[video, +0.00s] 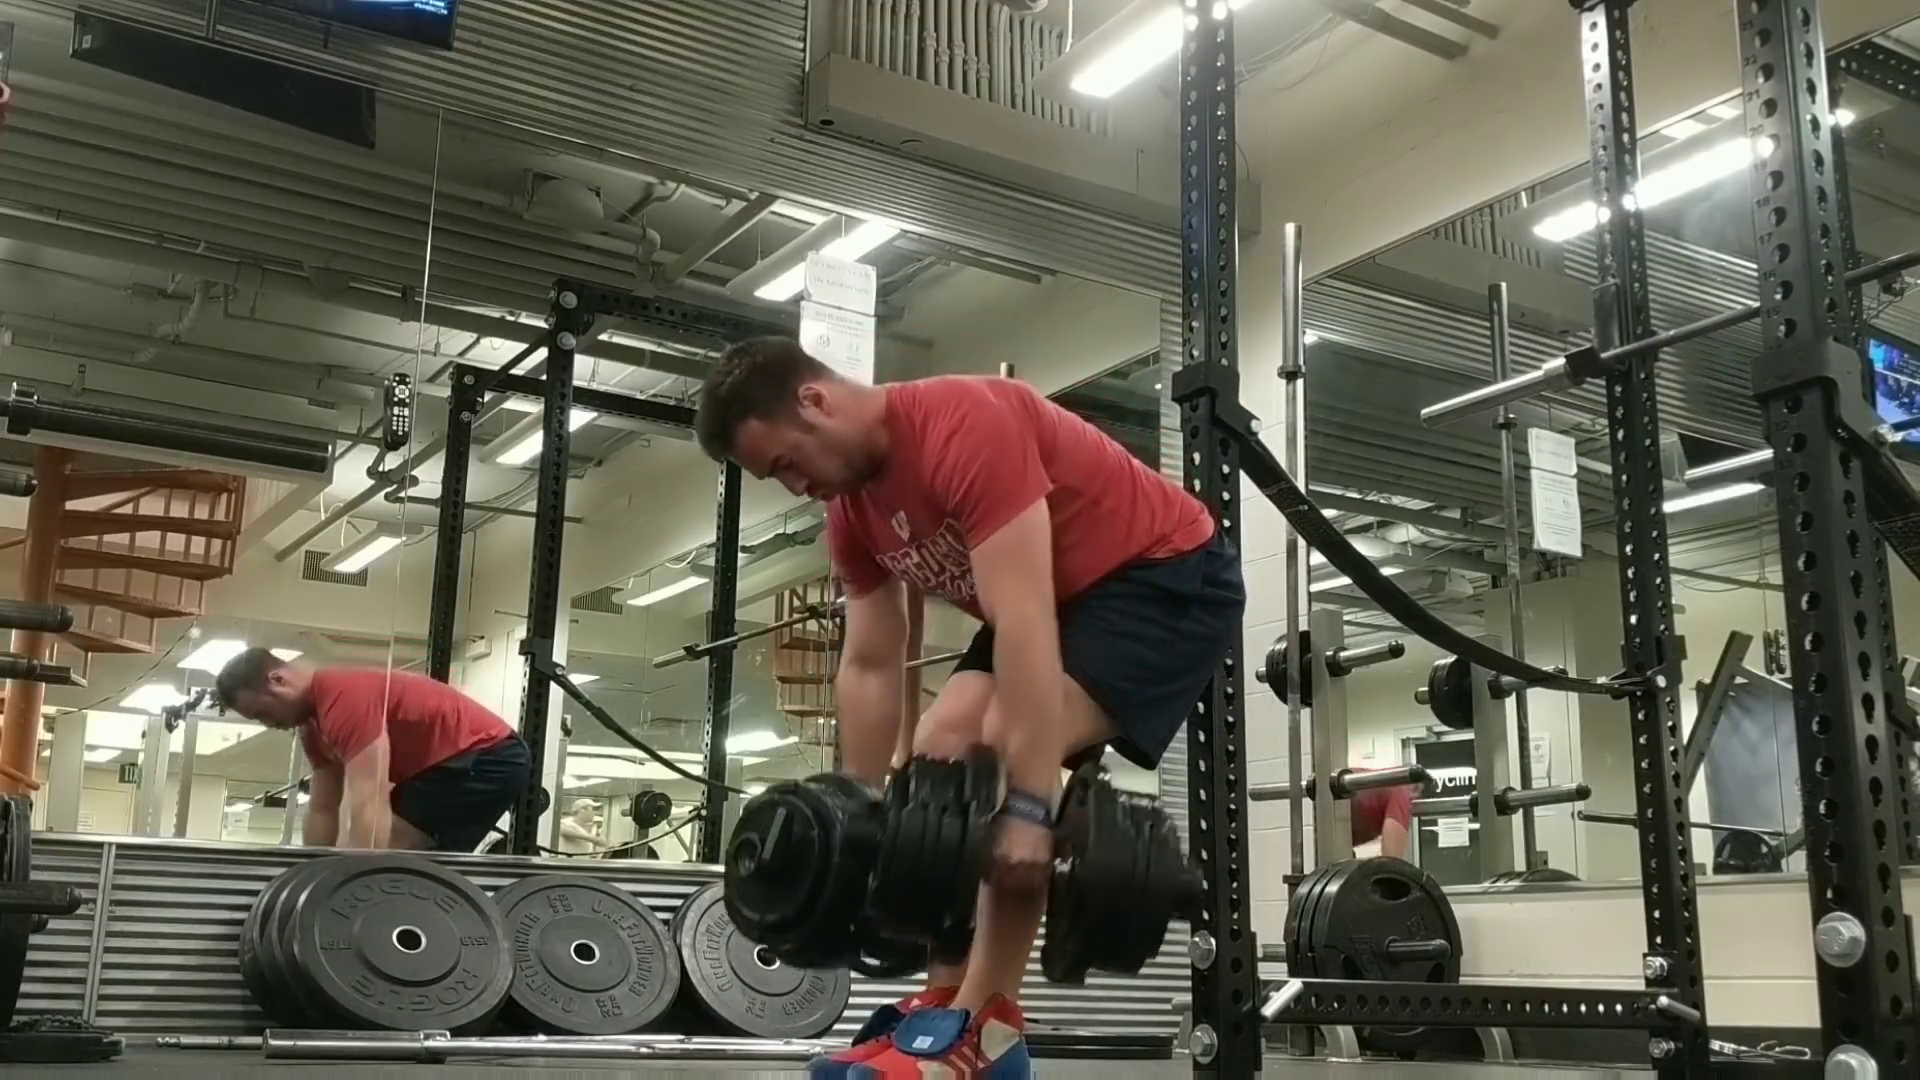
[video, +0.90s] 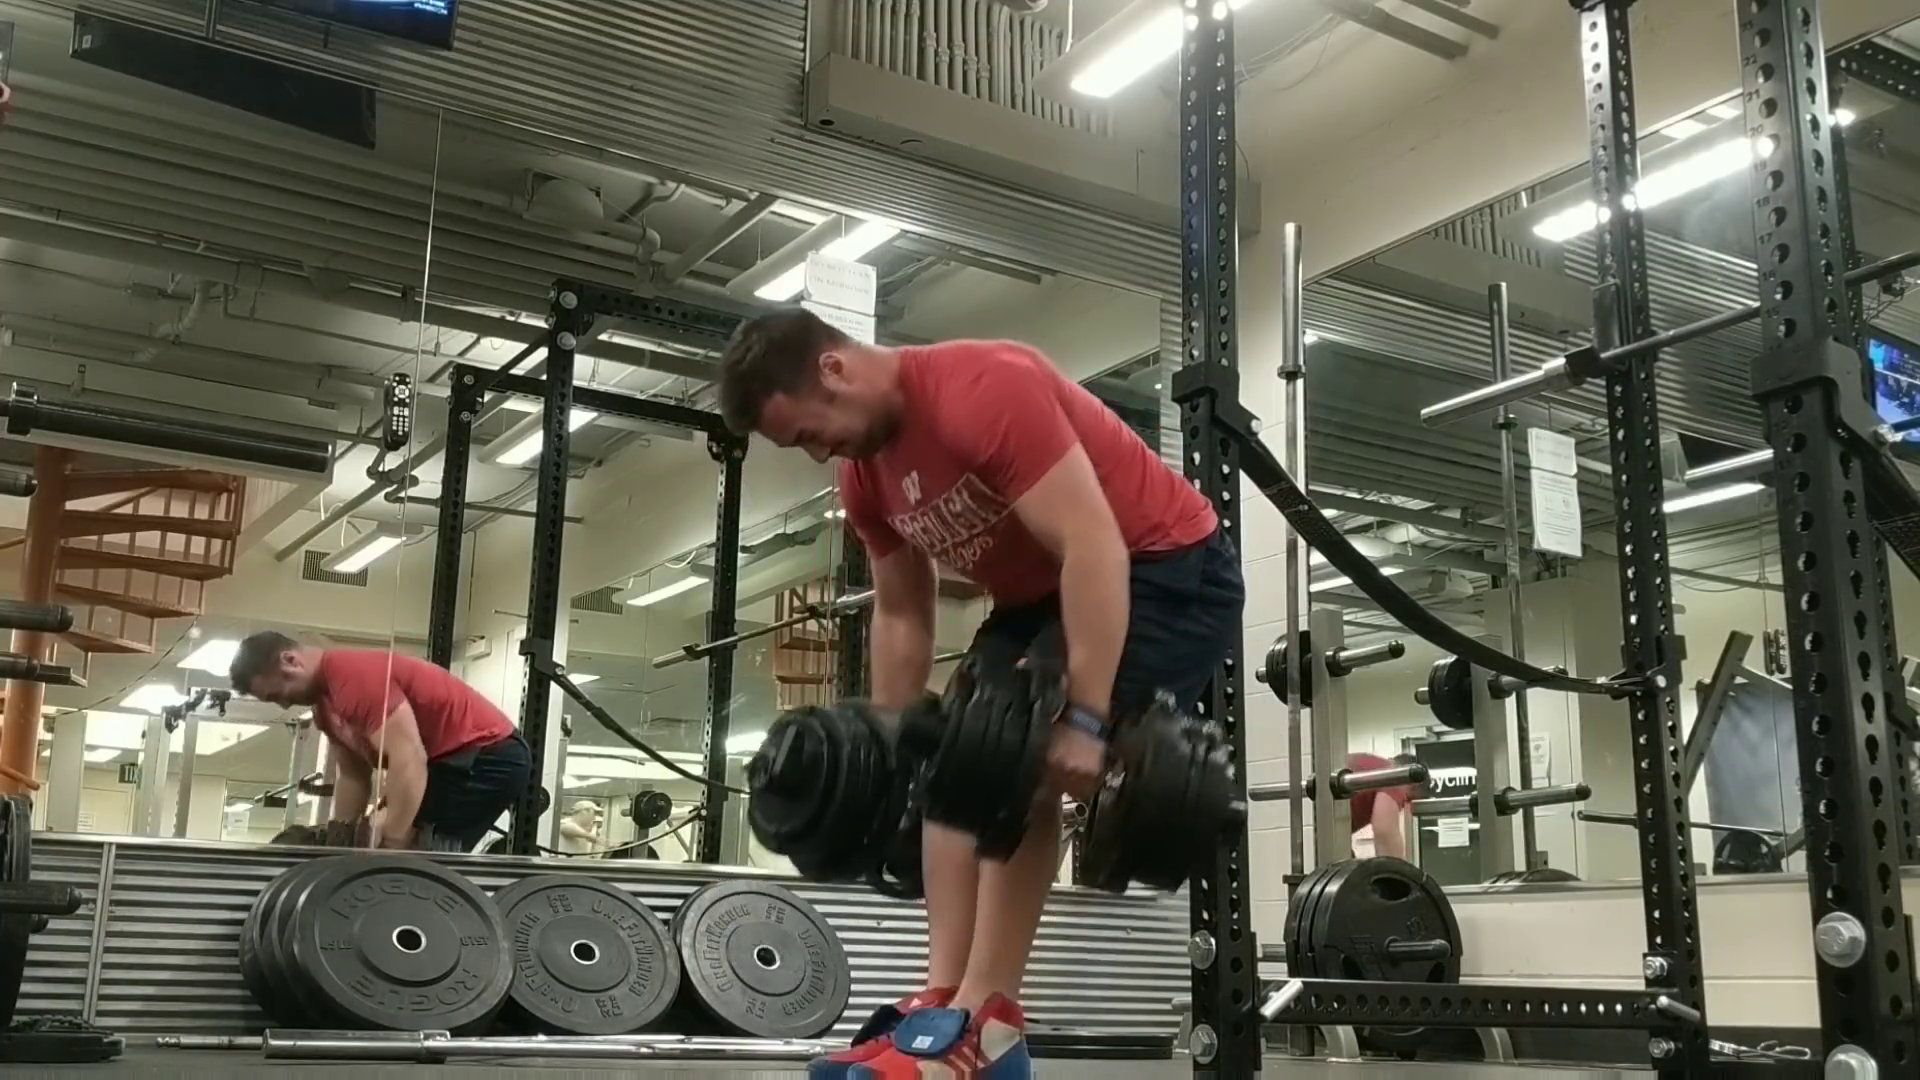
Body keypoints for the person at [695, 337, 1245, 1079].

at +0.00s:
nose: (794, 488)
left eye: (786, 464)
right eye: (776, 478)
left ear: (817, 400)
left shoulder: (971, 425)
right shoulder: (852, 515)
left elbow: (1023, 614)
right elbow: (872, 665)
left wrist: (1032, 806)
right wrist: (859, 824)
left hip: (1167, 573)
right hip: (1060, 599)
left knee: (1016, 732)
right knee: (943, 736)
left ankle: (992, 1017)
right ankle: (945, 995)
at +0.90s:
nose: (817, 454)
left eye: (809, 433)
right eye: (800, 447)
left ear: (836, 369)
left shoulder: (986, 390)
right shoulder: (864, 474)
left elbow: (1094, 545)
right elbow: (899, 610)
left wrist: (1087, 716)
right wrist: (883, 756)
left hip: (1166, 570)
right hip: (1039, 598)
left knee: (1028, 760)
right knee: (953, 756)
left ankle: (991, 1018)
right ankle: (941, 1002)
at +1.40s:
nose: (857, 458)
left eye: (846, 443)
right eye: (841, 455)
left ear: (853, 375)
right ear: (849, 379)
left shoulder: (999, 362)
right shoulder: (881, 454)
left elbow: (1158, 465)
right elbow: (953, 563)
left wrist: (1166, 633)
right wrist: (926, 693)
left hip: (1160, 568)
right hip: (1054, 598)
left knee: (1021, 728)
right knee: (955, 730)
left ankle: (993, 1017)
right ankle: (943, 1003)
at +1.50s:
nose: (845, 462)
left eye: (835, 445)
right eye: (830, 458)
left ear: (849, 375)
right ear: (847, 381)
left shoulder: (998, 369)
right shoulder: (878, 462)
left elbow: (1143, 488)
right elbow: (940, 575)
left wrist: (1148, 659)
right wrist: (926, 700)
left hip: (1155, 565)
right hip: (1047, 591)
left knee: (1030, 738)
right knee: (954, 732)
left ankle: (992, 1016)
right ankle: (944, 1001)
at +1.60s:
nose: (831, 465)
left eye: (821, 447)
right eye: (813, 461)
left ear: (839, 377)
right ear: (840, 382)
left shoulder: (993, 379)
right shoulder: (872, 474)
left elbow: (1117, 519)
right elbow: (922, 598)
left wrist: (1116, 697)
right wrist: (907, 741)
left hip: (1159, 567)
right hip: (1042, 593)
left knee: (1038, 742)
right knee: (951, 737)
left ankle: (992, 1015)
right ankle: (944, 1001)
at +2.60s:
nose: (783, 486)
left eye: (779, 459)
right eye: (767, 473)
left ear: (821, 401)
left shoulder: (964, 446)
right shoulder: (851, 528)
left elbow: (1032, 617)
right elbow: (873, 679)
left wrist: (1027, 809)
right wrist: (855, 836)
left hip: (1169, 576)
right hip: (1061, 601)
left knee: (1011, 731)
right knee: (940, 737)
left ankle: (989, 1025)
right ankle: (942, 1004)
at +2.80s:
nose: (814, 443)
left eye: (807, 420)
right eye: (797, 435)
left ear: (840, 357)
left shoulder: (985, 387)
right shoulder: (864, 475)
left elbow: (1086, 542)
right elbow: (900, 610)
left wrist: (1085, 719)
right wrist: (888, 754)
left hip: (1162, 567)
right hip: (1039, 592)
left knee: (1025, 761)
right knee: (951, 758)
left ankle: (991, 1017)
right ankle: (942, 1000)